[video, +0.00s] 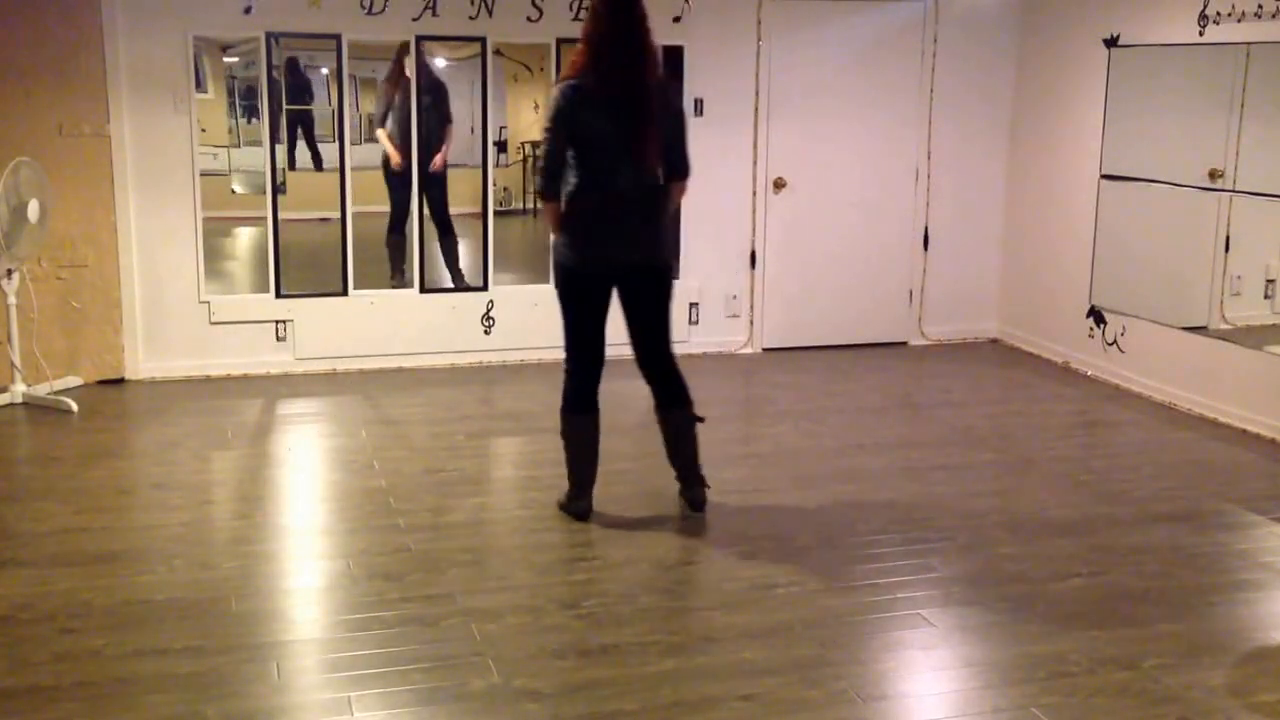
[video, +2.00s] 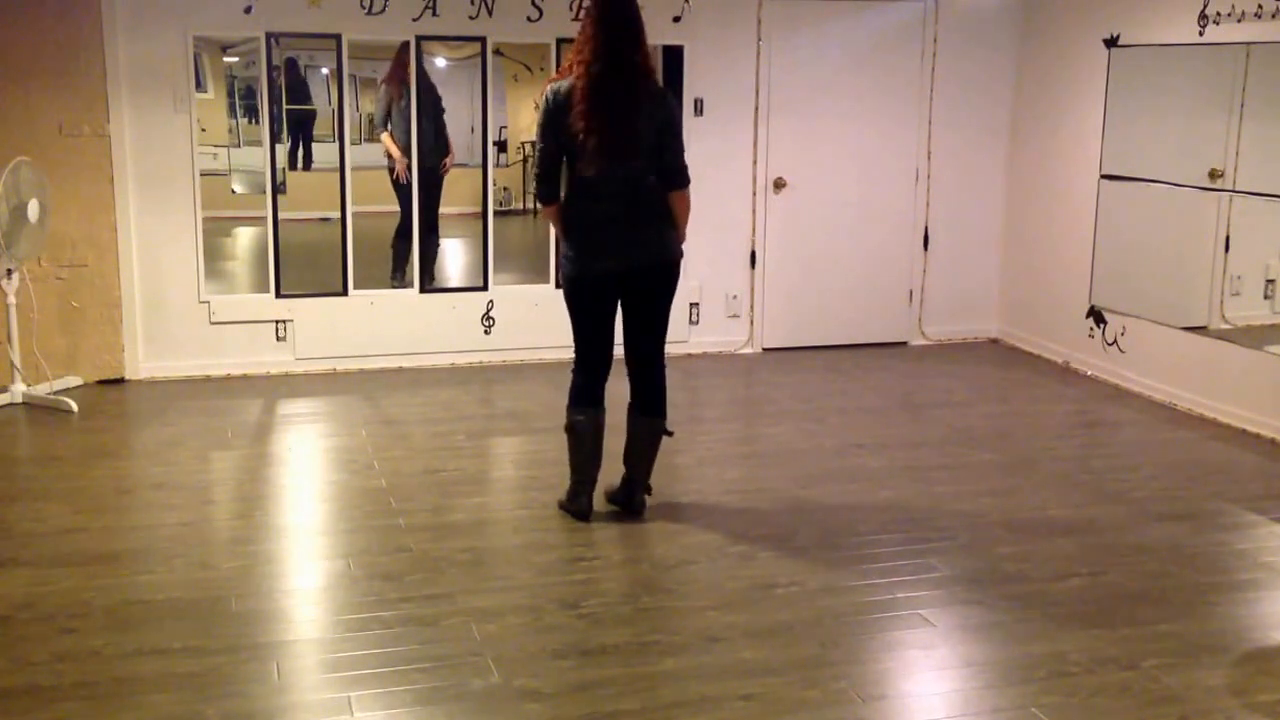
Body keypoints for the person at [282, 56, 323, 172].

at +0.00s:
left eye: (286, 67)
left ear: (286, 67)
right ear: (298, 66)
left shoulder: (284, 80)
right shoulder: (305, 79)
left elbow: (280, 96)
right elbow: (311, 96)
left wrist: (281, 108)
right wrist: (307, 102)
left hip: (290, 111)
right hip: (305, 110)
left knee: (291, 144)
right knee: (311, 141)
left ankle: (291, 170)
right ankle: (319, 167)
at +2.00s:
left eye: (284, 67)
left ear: (285, 67)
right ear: (297, 66)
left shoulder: (283, 82)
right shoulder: (302, 80)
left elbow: (280, 100)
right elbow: (308, 97)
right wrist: (311, 109)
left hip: (292, 113)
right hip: (307, 112)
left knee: (294, 142)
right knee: (307, 143)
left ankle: (292, 169)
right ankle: (306, 169)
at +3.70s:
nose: (282, 70)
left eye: (282, 68)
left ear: (283, 67)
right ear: (293, 65)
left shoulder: (282, 79)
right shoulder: (300, 77)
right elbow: (308, 94)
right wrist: (304, 101)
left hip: (287, 112)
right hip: (300, 112)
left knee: (288, 143)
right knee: (298, 142)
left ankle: (290, 168)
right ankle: (303, 166)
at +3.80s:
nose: (283, 70)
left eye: (283, 67)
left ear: (283, 67)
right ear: (294, 66)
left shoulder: (282, 81)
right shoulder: (300, 78)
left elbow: (278, 97)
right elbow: (311, 91)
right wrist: (304, 99)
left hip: (289, 113)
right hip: (303, 112)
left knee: (291, 143)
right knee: (302, 142)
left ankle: (290, 168)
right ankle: (305, 167)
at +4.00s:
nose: (284, 70)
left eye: (283, 67)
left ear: (283, 67)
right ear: (294, 65)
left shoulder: (282, 81)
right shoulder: (300, 77)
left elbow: (278, 96)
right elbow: (311, 91)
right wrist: (304, 98)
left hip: (289, 112)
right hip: (303, 112)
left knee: (291, 143)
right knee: (304, 142)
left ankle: (291, 168)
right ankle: (305, 168)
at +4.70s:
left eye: (283, 67)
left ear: (283, 67)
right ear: (294, 66)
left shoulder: (281, 82)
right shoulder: (300, 80)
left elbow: (278, 100)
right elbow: (305, 96)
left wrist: (280, 115)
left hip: (290, 115)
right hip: (304, 114)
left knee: (292, 145)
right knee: (305, 144)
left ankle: (291, 170)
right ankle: (306, 169)